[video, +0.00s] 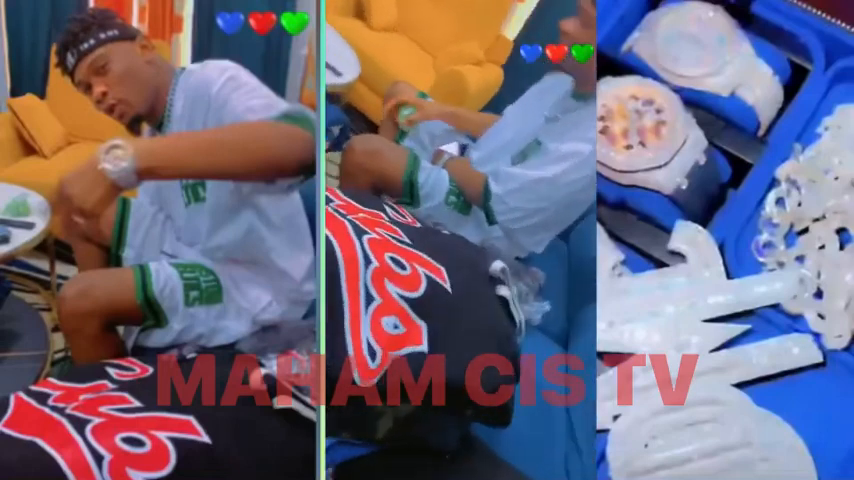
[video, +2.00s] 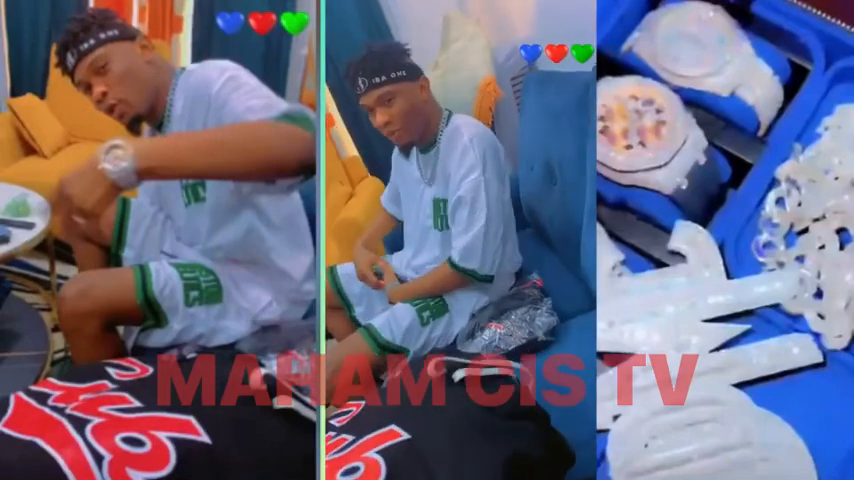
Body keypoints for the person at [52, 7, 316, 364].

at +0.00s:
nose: (98, 94)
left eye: (102, 70)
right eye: (87, 89)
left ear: (144, 48)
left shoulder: (214, 81)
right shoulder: (152, 132)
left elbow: (298, 145)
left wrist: (131, 160)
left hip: (260, 278)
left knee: (80, 300)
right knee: (84, 215)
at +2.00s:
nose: (98, 94)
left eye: (102, 70)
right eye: (87, 89)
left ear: (144, 48)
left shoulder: (212, 81)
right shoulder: (152, 133)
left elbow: (299, 145)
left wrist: (132, 160)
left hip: (259, 280)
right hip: (190, 251)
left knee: (80, 300)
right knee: (85, 215)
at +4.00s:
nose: (98, 94)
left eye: (102, 70)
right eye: (87, 89)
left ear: (144, 48)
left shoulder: (213, 81)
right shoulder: (152, 133)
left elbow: (298, 146)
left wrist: (132, 160)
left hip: (260, 280)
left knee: (80, 300)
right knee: (85, 215)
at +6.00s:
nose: (97, 94)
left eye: (102, 70)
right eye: (87, 89)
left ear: (144, 48)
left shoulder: (214, 81)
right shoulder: (153, 135)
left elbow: (298, 145)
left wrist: (131, 161)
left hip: (261, 278)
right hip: (192, 252)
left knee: (80, 300)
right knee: (84, 215)